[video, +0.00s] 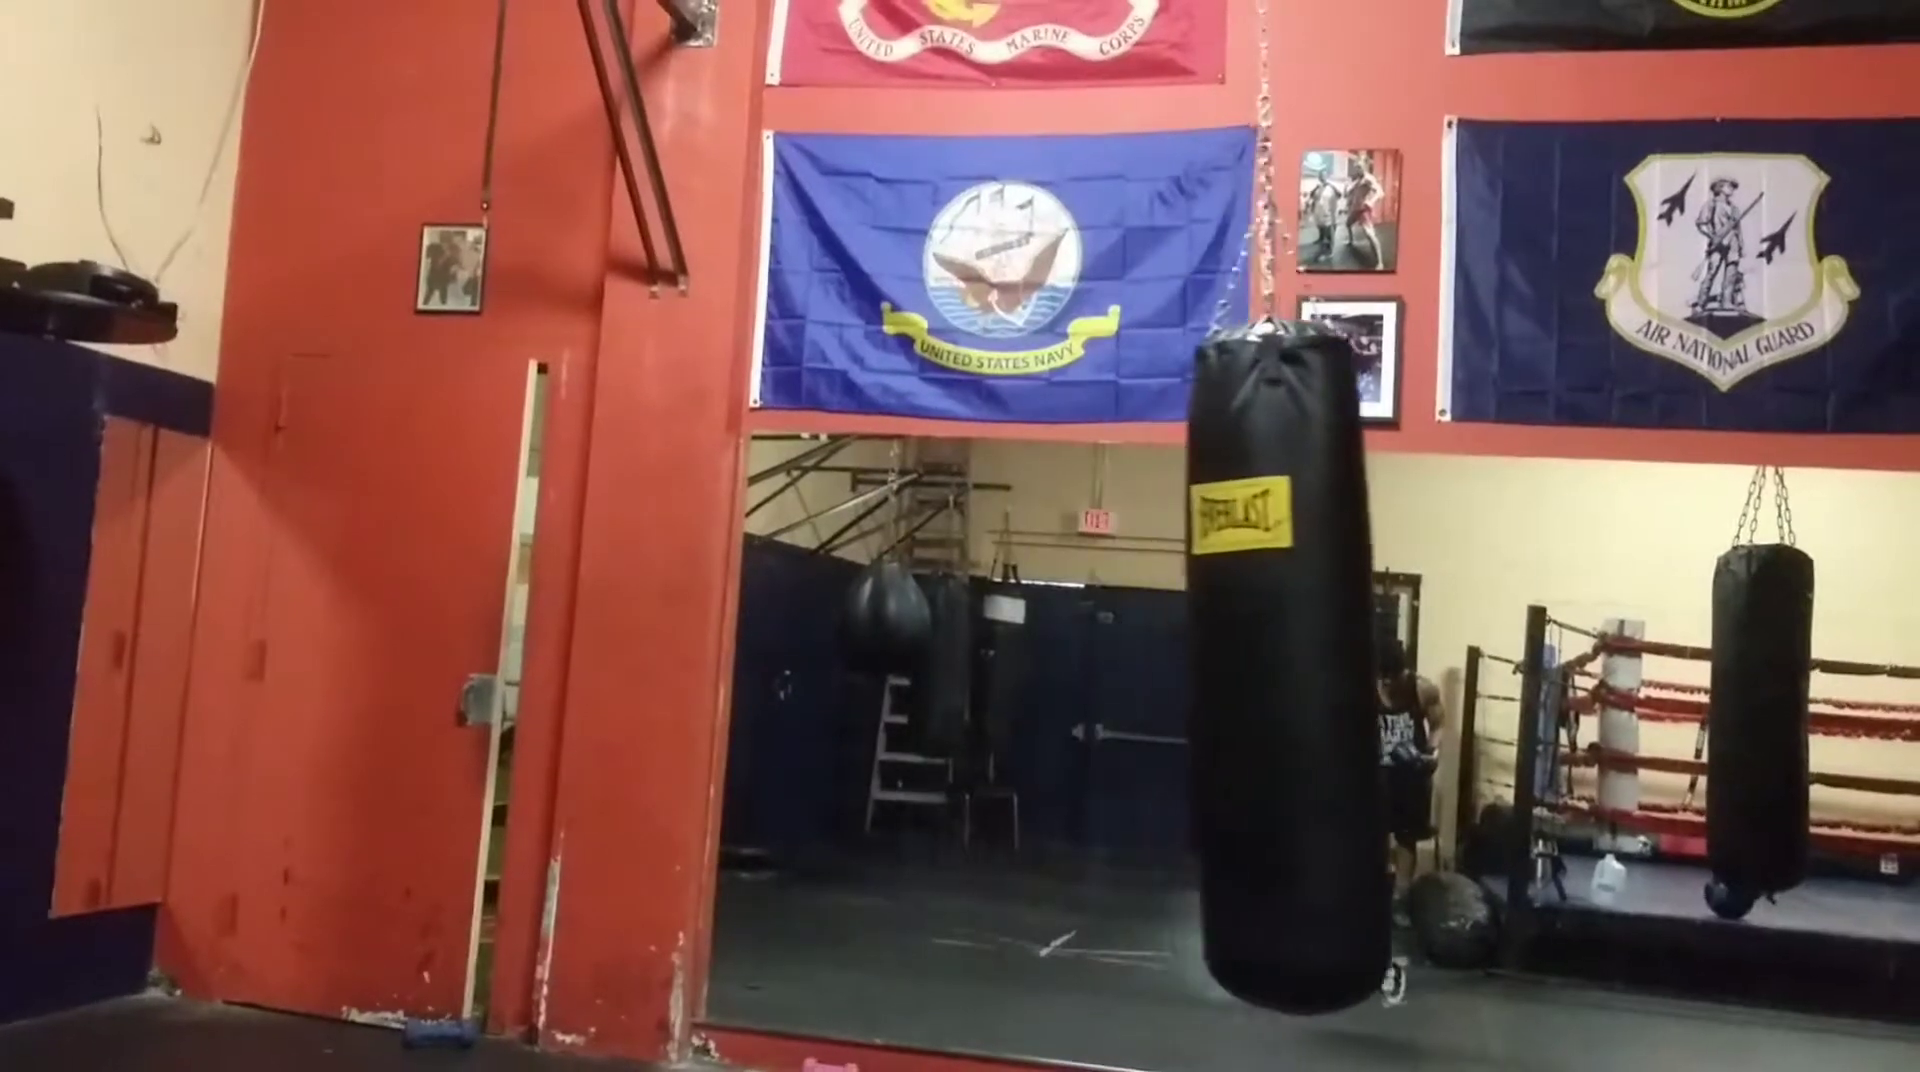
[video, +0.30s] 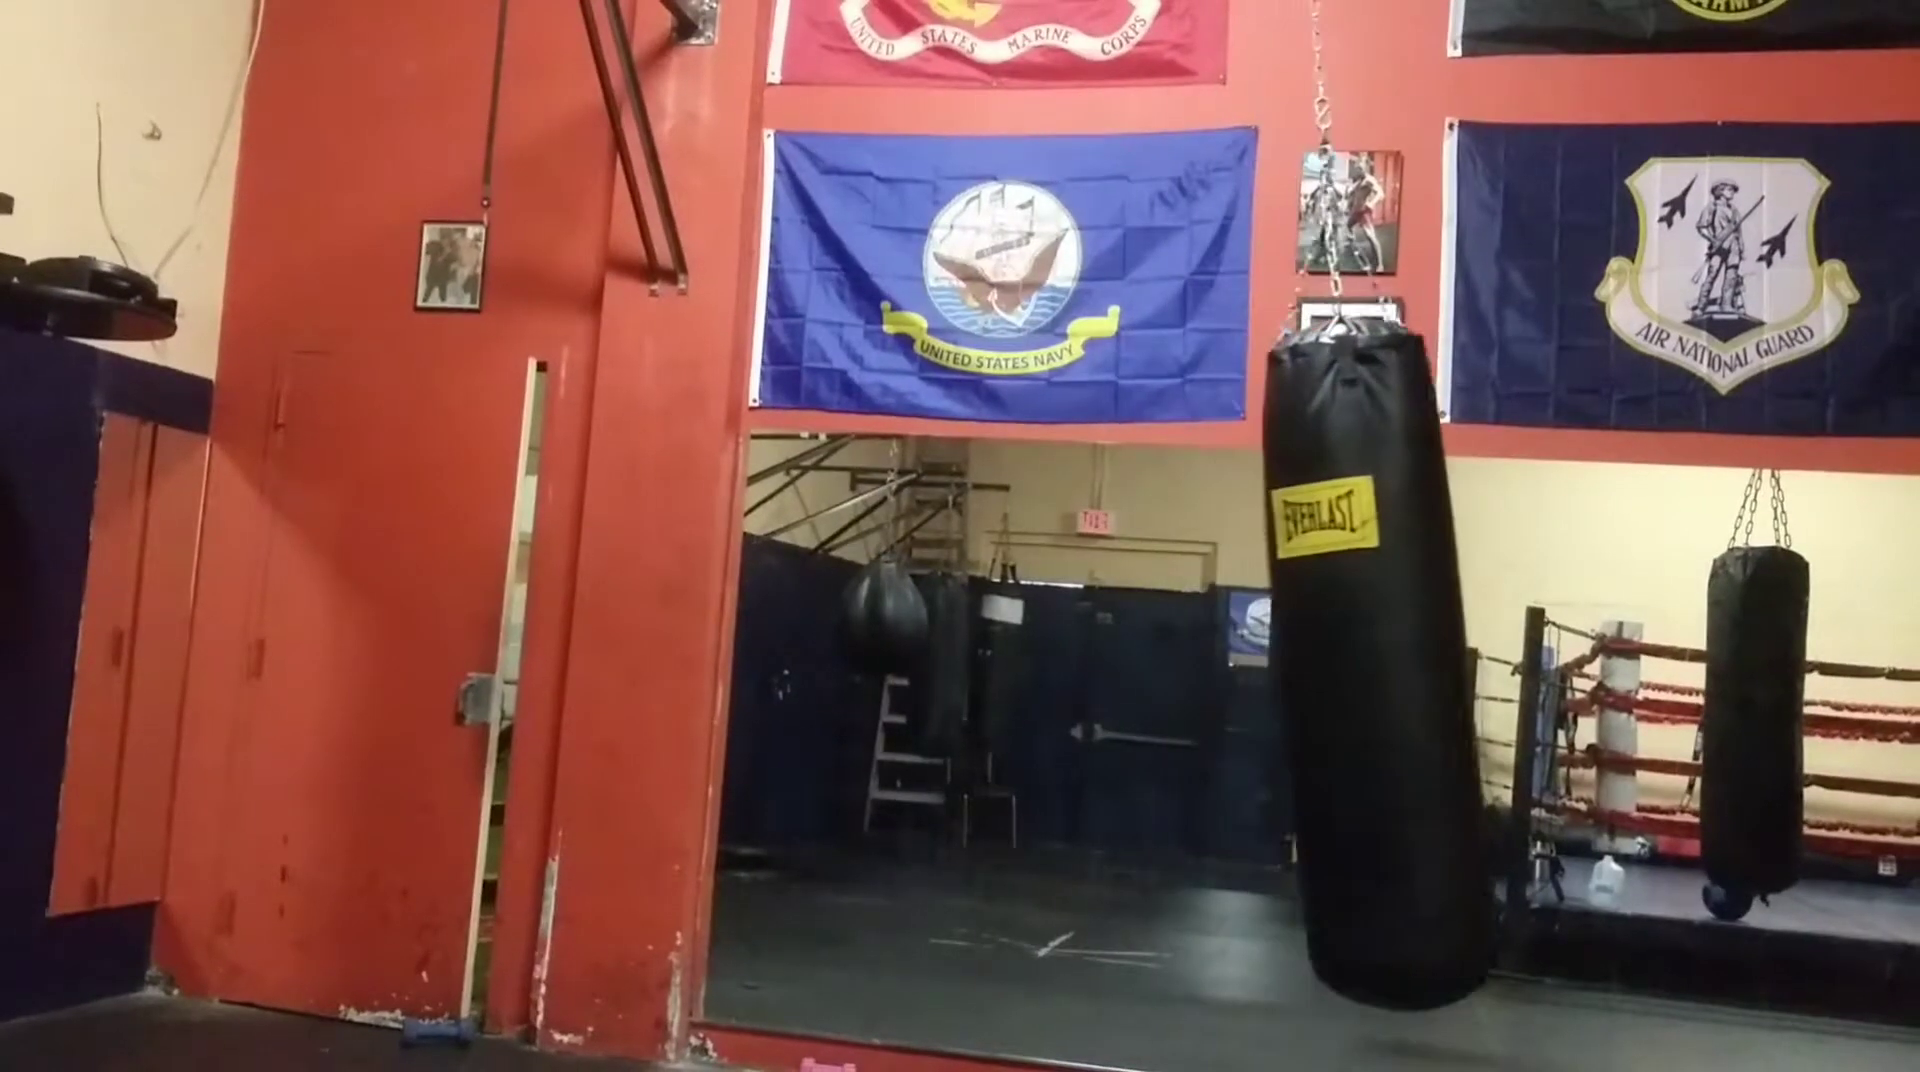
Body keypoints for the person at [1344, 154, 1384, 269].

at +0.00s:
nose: (1353, 170)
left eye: (1356, 167)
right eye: (1352, 167)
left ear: (1361, 168)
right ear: (1353, 169)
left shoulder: (1368, 179)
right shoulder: (1354, 182)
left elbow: (1379, 192)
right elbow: (1347, 194)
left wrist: (1369, 203)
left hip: (1364, 209)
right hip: (1353, 210)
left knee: (1369, 234)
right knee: (1349, 224)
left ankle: (1379, 262)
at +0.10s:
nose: (1356, 171)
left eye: (1359, 168)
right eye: (1355, 169)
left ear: (1364, 169)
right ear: (1356, 170)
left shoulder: (1369, 180)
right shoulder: (1356, 183)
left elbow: (1381, 193)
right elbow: (1348, 195)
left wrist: (1371, 204)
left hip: (1365, 210)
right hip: (1356, 210)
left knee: (1371, 235)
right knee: (1350, 226)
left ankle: (1380, 264)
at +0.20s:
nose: (1355, 171)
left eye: (1358, 168)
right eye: (1354, 168)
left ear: (1363, 169)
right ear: (1354, 170)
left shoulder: (1370, 180)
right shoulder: (1356, 184)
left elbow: (1381, 194)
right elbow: (1348, 196)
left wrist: (1372, 204)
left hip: (1365, 211)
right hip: (1355, 212)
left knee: (1371, 235)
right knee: (1350, 226)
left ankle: (1380, 264)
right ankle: (1352, 243)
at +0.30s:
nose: (1353, 171)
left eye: (1355, 167)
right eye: (1352, 168)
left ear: (1362, 168)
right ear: (1354, 169)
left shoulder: (1368, 180)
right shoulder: (1355, 183)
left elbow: (1379, 193)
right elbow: (1349, 196)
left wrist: (1370, 203)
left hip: (1364, 211)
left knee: (1370, 236)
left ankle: (1379, 264)